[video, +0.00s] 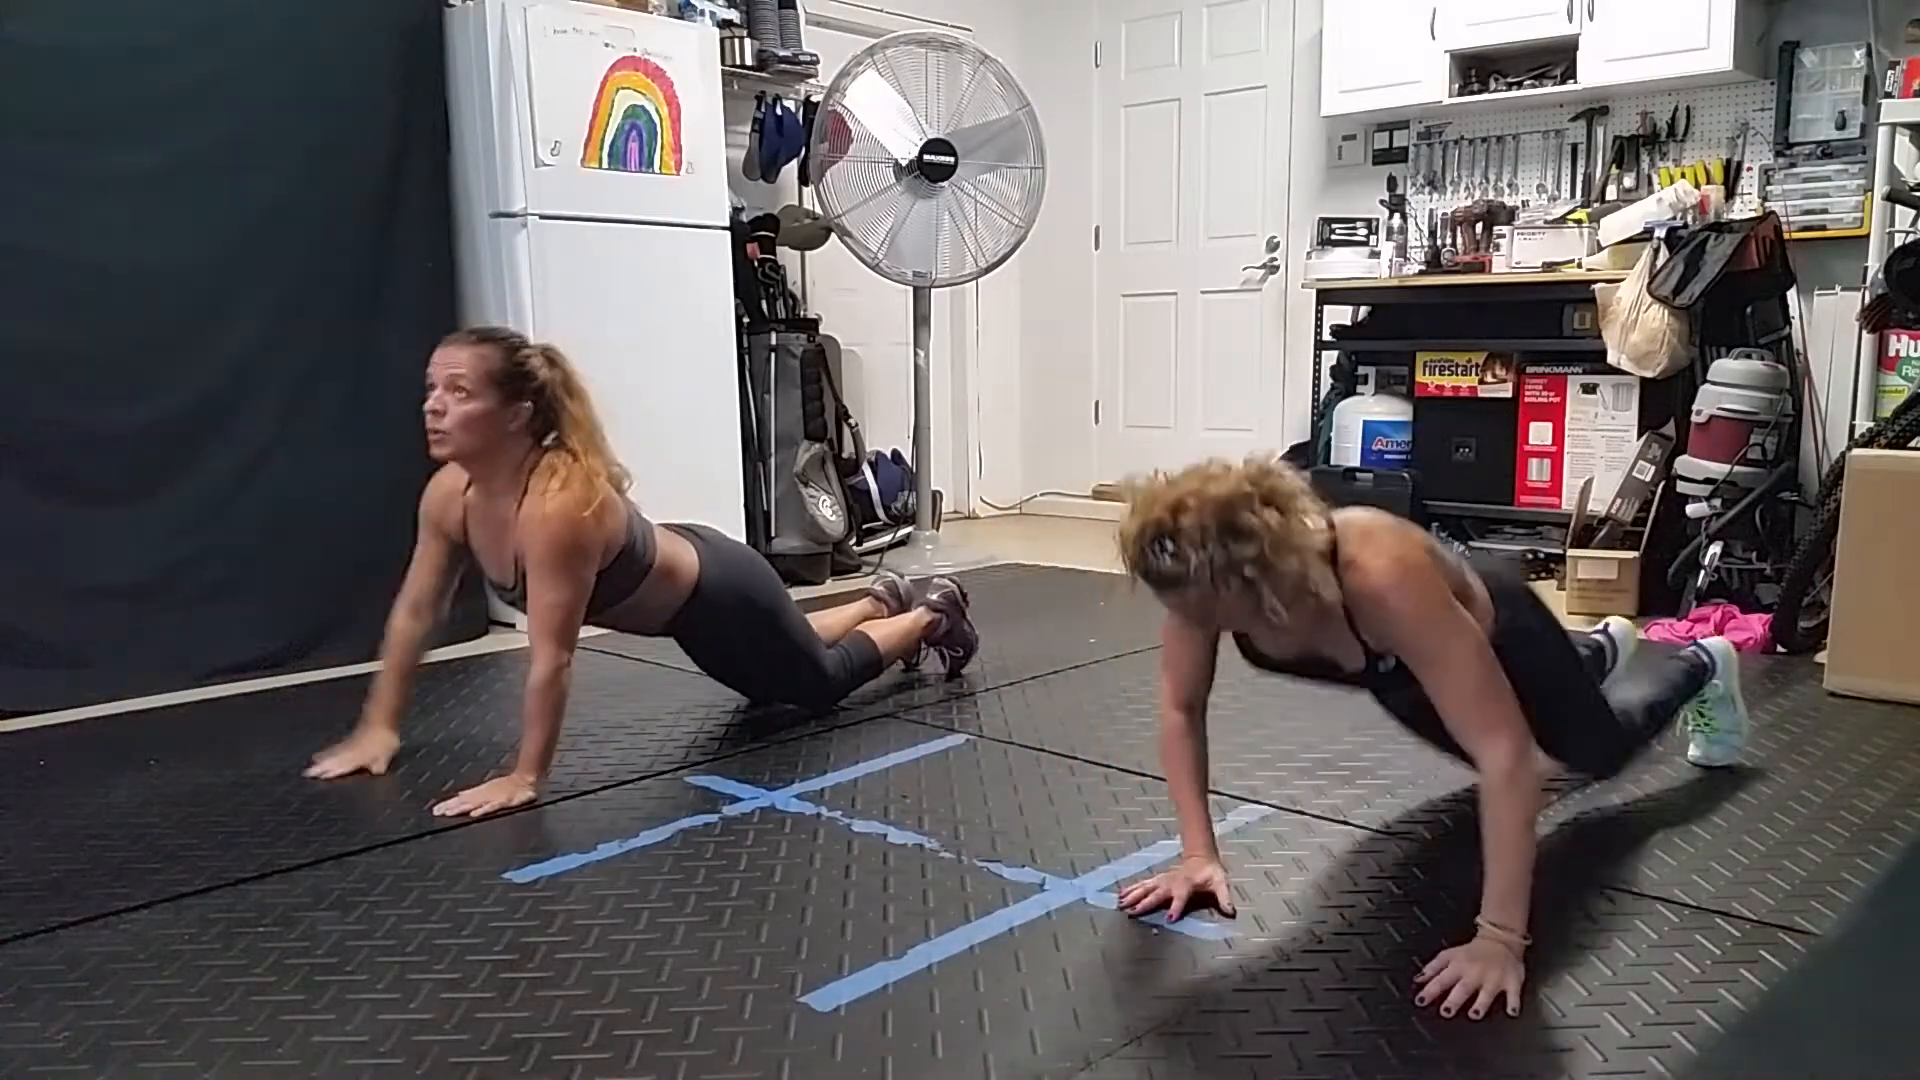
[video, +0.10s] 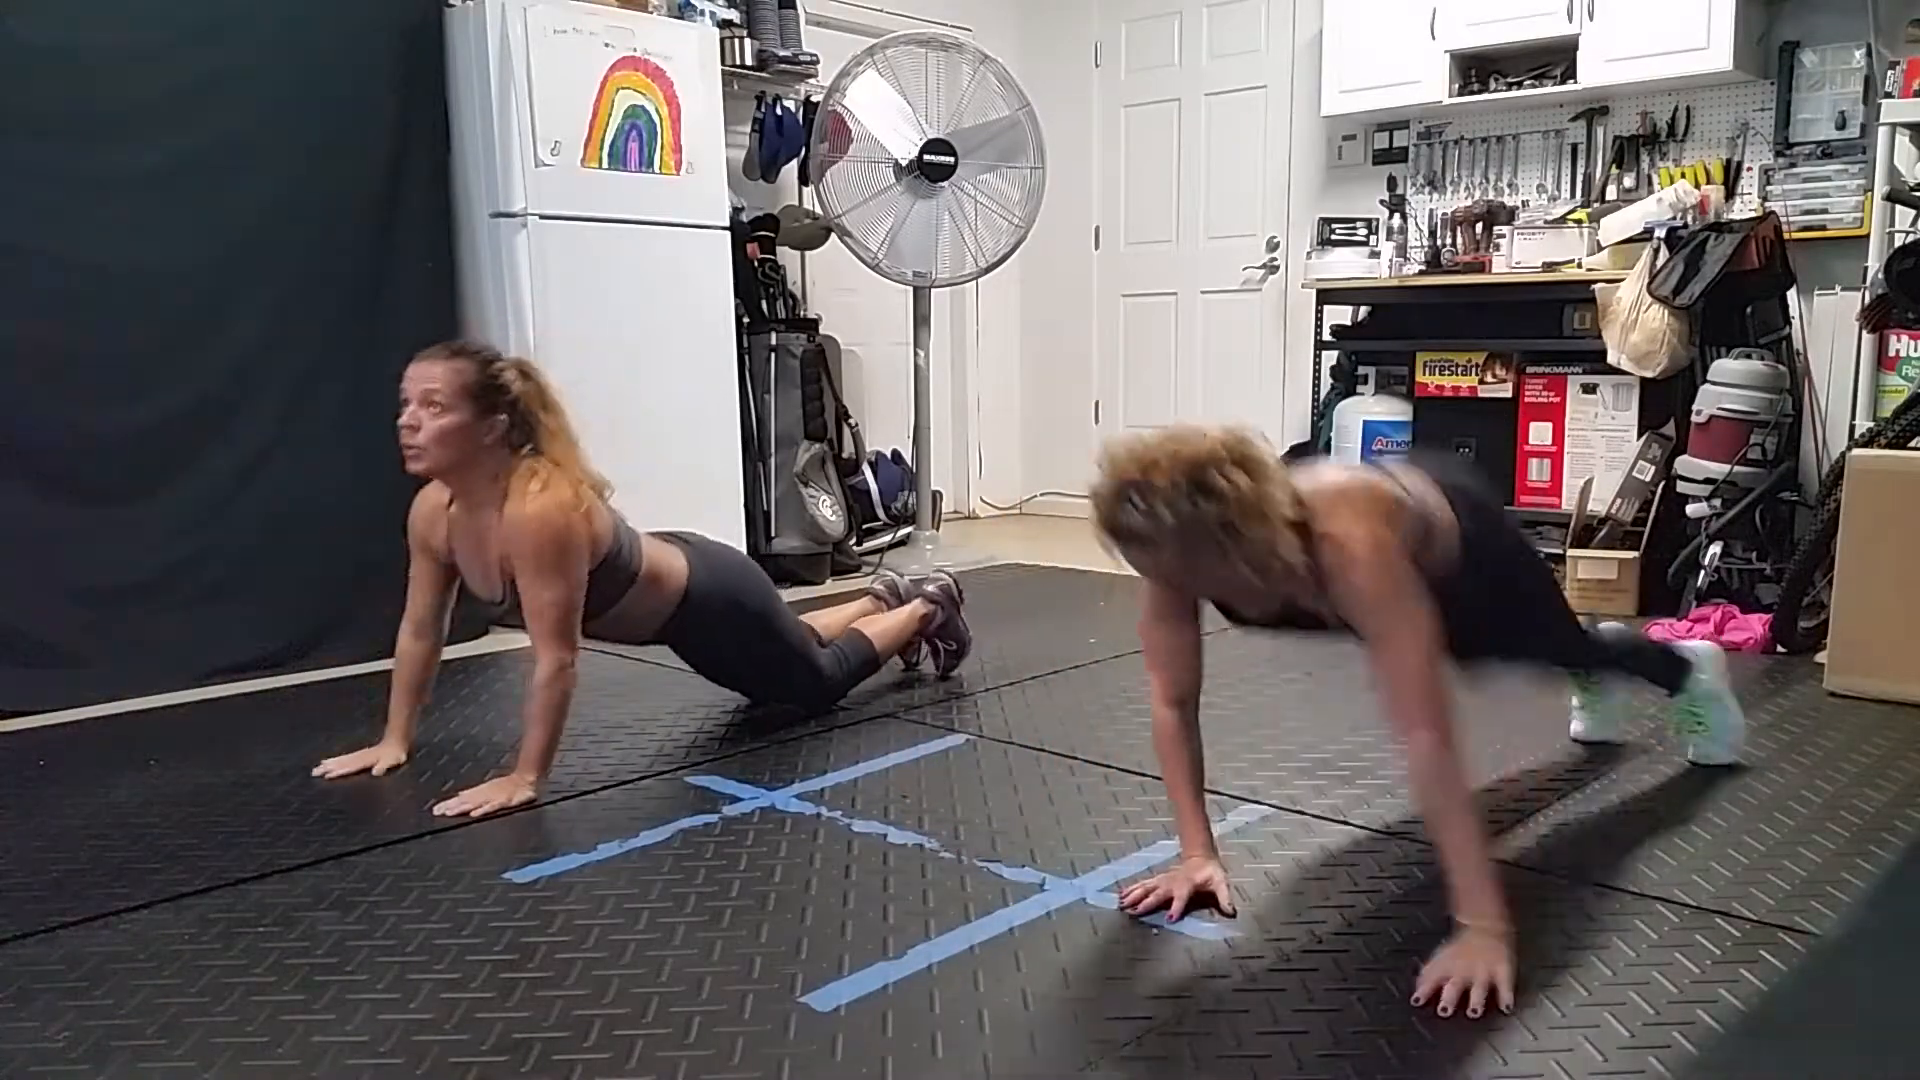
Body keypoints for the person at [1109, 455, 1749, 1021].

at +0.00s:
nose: (1195, 621)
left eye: (1201, 607)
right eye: (1188, 609)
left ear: (1250, 580)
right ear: (1196, 585)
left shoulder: (1381, 571)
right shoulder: (1202, 572)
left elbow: (1504, 757)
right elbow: (1180, 708)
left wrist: (1499, 936)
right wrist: (1196, 854)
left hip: (1492, 625)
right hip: (1396, 664)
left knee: (1597, 749)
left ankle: (1698, 659)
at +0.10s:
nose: (1164, 589)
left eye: (1171, 573)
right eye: (1155, 576)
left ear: (1223, 546)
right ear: (1156, 554)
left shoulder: (1347, 535)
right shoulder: (1178, 543)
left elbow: (1428, 734)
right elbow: (1173, 701)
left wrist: (1480, 927)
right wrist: (1195, 850)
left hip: (1466, 523)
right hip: (1384, 535)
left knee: (1571, 641)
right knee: (1502, 636)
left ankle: (1688, 670)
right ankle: (1595, 672)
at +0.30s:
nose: (1057, 554)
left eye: (1059, 535)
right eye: (1044, 542)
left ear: (1098, 484)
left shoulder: (1221, 461)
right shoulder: (1078, 497)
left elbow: (1294, 665)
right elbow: (1073, 643)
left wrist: (1255, 826)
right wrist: (1081, 777)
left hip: (1372, 412)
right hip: (1291, 460)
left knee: (1459, 511)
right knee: (1394, 536)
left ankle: (1544, 558)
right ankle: (1454, 574)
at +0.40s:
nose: (1011, 620)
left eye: (1016, 604)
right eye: (998, 611)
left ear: (1051, 560)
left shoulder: (1165, 525)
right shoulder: (1029, 535)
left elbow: (1227, 713)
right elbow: (1011, 665)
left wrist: (1211, 874)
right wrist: (987, 799)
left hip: (1305, 455)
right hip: (1225, 457)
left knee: (1403, 538)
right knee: (1332, 543)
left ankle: (1479, 567)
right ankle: (1375, 580)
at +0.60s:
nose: (945, 734)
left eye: (943, 721)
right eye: (932, 729)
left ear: (972, 684)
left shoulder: (1094, 648)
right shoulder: (979, 622)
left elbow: (1244, 721)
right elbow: (986, 698)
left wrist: (1212, 872)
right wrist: (981, 797)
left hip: (1242, 628)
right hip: (1169, 596)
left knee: (1329, 652)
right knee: (1270, 612)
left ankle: (1395, 625)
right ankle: (1330, 612)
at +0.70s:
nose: (932, 834)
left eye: (932, 821)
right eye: (915, 830)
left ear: (957, 775)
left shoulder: (1074, 719)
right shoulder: (942, 672)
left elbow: (1235, 722)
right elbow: (957, 710)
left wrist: (1211, 874)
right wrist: (977, 793)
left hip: (1217, 659)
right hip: (1129, 623)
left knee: (1323, 652)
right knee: (1237, 623)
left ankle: (1406, 621)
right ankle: (1315, 608)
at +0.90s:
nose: (932, 897)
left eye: (933, 881)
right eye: (912, 888)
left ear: (958, 836)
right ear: (892, 806)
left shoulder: (1071, 789)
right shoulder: (932, 733)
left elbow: (1225, 717)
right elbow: (962, 658)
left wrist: (1209, 876)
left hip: (1199, 695)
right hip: (1111, 674)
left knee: (1322, 671)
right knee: (1231, 645)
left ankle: (1410, 625)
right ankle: (1312, 614)